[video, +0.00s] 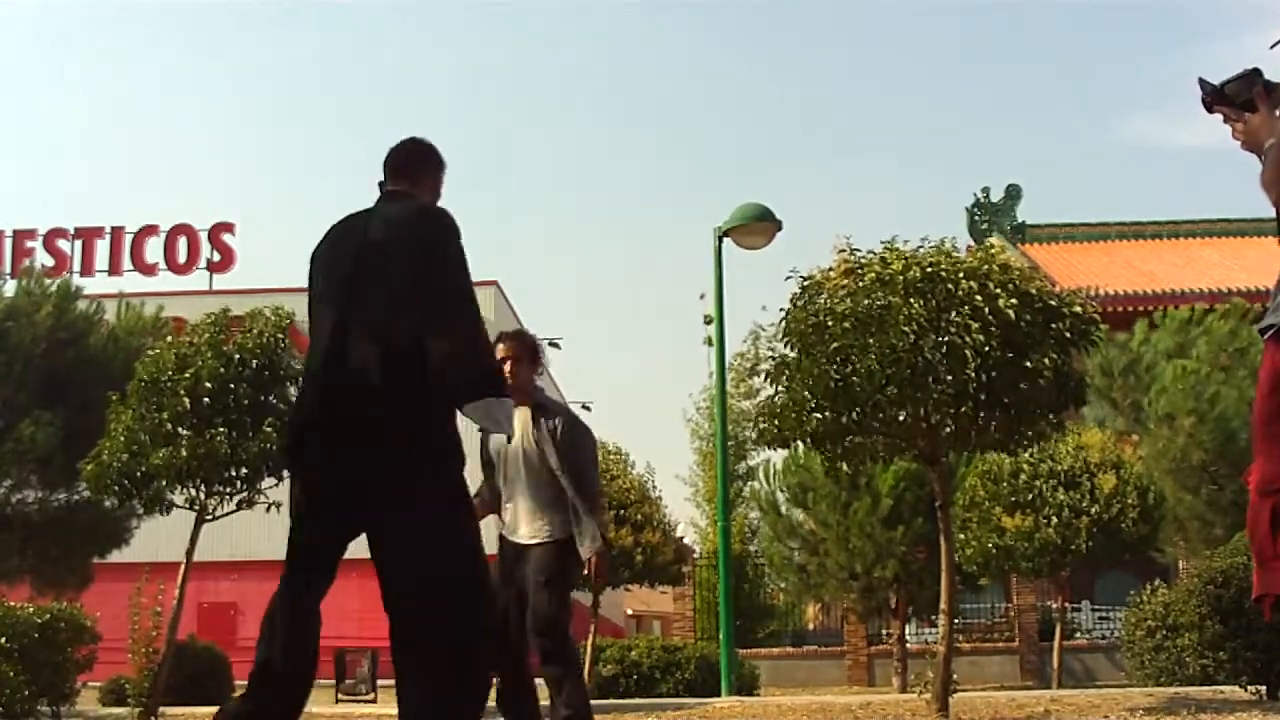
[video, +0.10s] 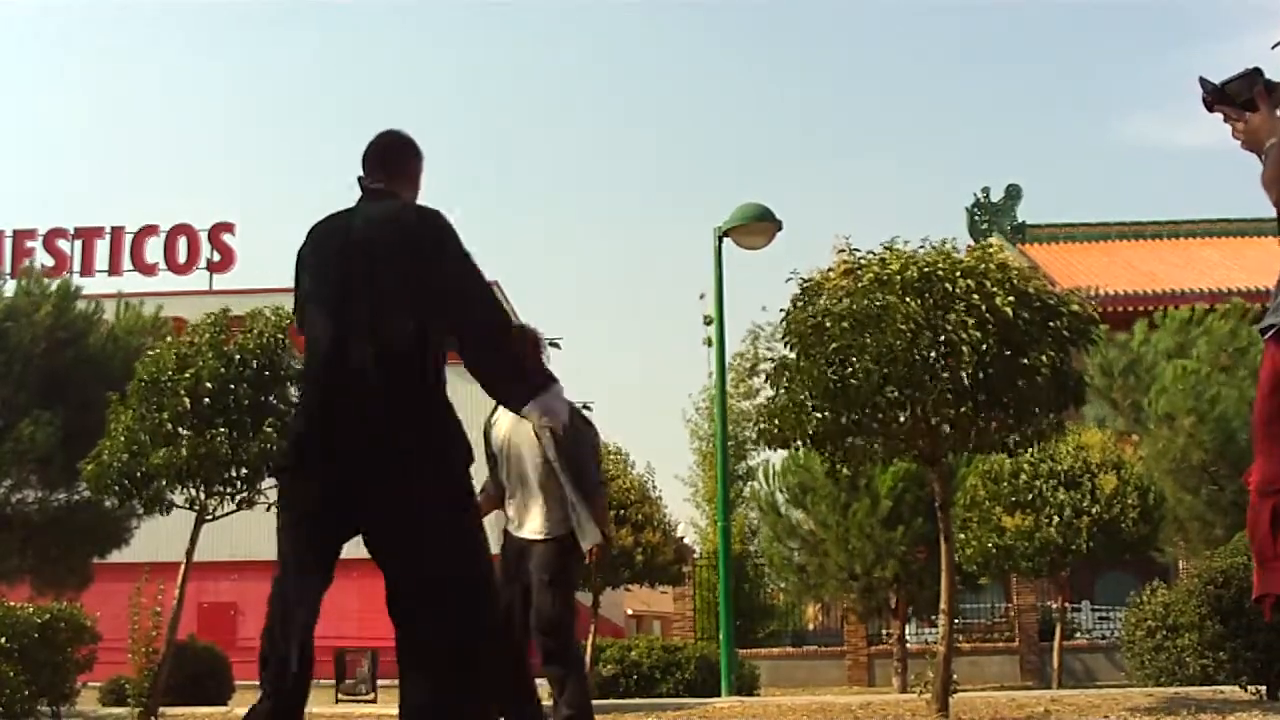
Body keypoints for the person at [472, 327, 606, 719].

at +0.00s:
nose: (504, 369)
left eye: (512, 361)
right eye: (499, 363)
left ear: (534, 366)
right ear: (495, 370)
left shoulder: (561, 423)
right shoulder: (494, 425)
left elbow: (585, 488)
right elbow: (494, 488)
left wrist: (593, 542)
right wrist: (467, 513)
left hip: (552, 542)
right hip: (510, 542)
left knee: (547, 632)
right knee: (509, 638)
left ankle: (572, 712)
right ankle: (518, 713)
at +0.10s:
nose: (516, 365)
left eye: (523, 356)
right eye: (510, 357)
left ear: (536, 359)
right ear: (500, 363)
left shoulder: (559, 412)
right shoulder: (497, 416)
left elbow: (586, 476)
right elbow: (499, 483)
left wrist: (597, 531)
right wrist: (472, 513)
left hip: (555, 536)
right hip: (514, 535)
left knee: (550, 629)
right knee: (508, 630)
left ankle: (573, 710)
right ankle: (516, 710)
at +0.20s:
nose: (510, 374)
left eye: (520, 365)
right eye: (506, 365)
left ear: (537, 366)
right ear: (503, 369)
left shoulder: (559, 408)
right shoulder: (497, 416)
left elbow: (593, 465)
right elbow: (497, 481)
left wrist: (603, 519)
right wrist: (475, 513)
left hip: (556, 535)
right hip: (515, 537)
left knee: (553, 631)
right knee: (509, 639)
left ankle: (573, 711)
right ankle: (524, 713)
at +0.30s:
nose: (509, 373)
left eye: (518, 367)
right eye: (507, 367)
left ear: (538, 371)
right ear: (504, 372)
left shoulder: (561, 412)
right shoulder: (497, 417)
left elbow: (594, 471)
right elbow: (497, 478)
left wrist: (597, 519)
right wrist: (473, 514)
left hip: (557, 534)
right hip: (516, 535)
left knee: (552, 627)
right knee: (513, 632)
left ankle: (573, 711)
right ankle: (526, 712)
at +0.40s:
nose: (507, 362)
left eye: (516, 353)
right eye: (500, 354)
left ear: (536, 358)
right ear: (493, 362)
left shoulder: (556, 412)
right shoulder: (496, 419)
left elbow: (591, 467)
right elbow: (495, 484)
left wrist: (593, 512)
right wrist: (472, 513)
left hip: (555, 537)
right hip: (515, 537)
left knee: (551, 632)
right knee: (512, 638)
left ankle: (574, 712)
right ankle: (526, 713)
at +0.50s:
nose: (505, 361)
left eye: (514, 353)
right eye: (499, 354)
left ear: (533, 359)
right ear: (491, 363)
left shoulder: (556, 410)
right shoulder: (497, 418)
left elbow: (587, 465)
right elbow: (496, 483)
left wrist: (587, 511)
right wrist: (467, 514)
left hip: (553, 538)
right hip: (513, 538)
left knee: (551, 633)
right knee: (512, 639)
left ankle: (573, 712)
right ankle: (527, 713)